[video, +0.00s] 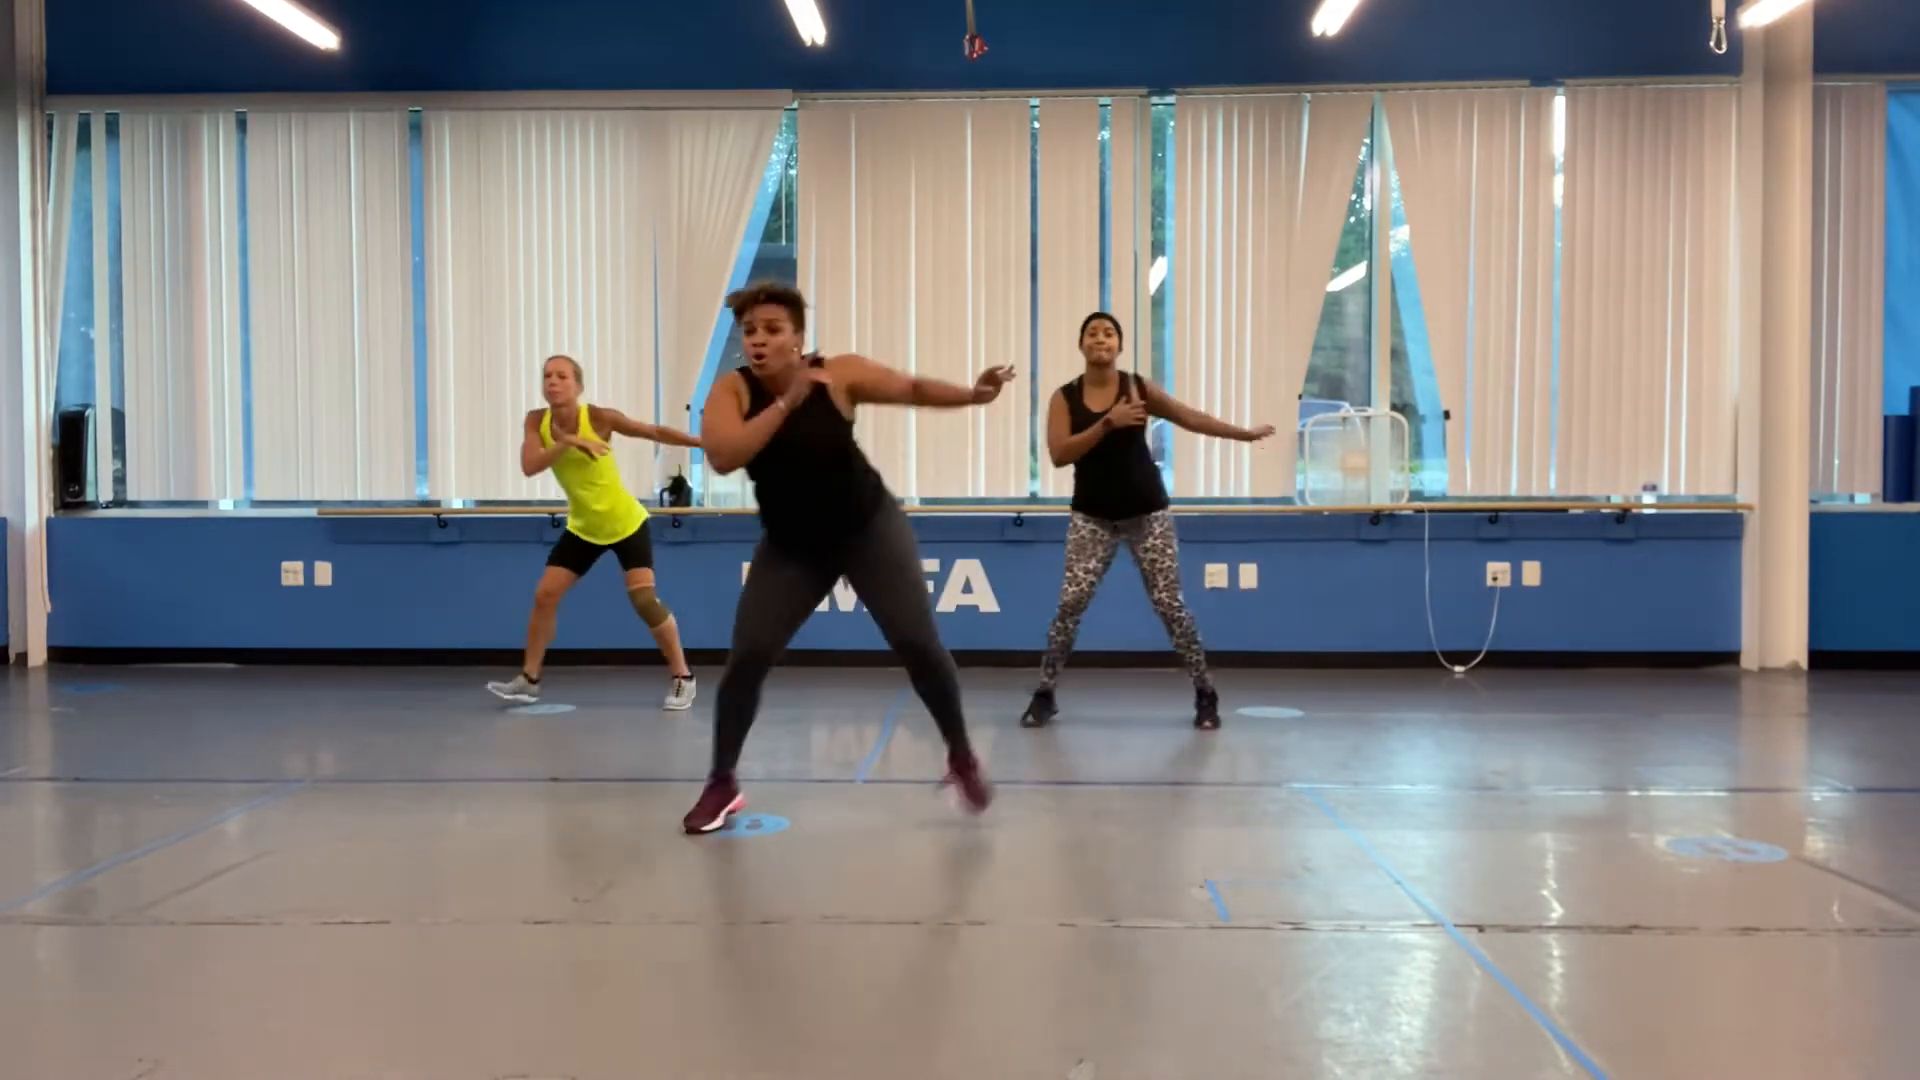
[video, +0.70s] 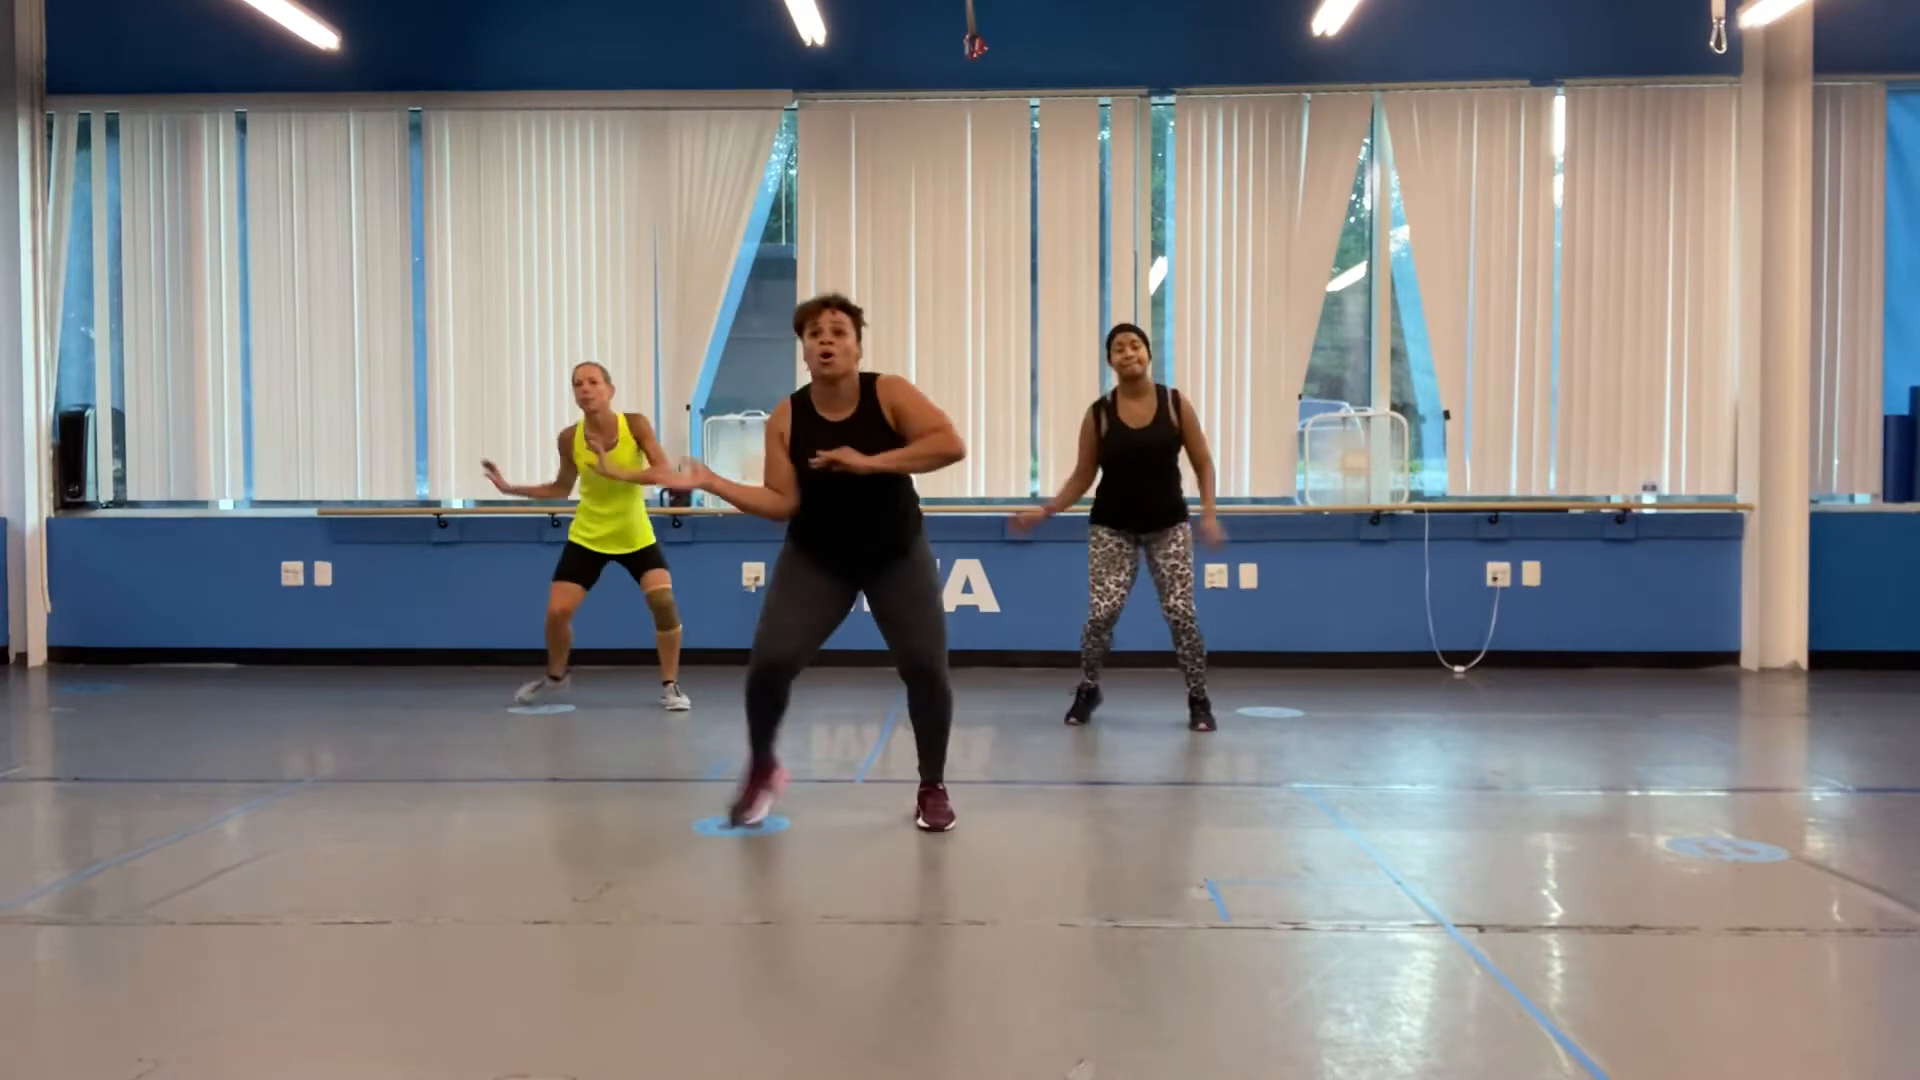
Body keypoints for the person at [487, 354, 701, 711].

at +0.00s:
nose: (552, 382)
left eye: (561, 377)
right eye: (547, 377)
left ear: (578, 387)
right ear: (542, 388)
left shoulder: (601, 417)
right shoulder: (537, 421)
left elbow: (653, 432)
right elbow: (529, 466)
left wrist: (701, 442)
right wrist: (568, 442)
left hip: (626, 522)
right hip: (582, 526)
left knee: (643, 599)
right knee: (546, 595)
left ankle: (683, 678)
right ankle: (529, 680)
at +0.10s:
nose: (540, 389)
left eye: (548, 384)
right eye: (534, 384)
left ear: (565, 393)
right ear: (528, 393)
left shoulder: (586, 425)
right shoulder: (522, 427)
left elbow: (636, 439)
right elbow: (511, 467)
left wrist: (679, 446)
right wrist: (547, 441)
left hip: (603, 527)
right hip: (561, 532)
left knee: (621, 603)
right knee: (524, 598)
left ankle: (677, 671)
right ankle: (516, 685)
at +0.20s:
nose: (532, 391)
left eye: (541, 386)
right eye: (527, 386)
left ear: (558, 394)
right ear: (521, 394)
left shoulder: (581, 430)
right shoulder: (514, 434)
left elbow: (615, 460)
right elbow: (503, 485)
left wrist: (654, 477)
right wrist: (536, 458)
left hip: (594, 532)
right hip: (550, 534)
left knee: (596, 605)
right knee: (512, 598)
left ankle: (628, 663)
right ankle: (516, 685)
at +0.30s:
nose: (539, 387)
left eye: (547, 381)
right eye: (533, 382)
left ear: (564, 390)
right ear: (527, 392)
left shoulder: (589, 433)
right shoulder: (518, 435)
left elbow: (605, 481)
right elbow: (502, 488)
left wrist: (631, 516)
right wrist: (527, 491)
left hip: (590, 530)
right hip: (543, 531)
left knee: (597, 603)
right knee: (507, 598)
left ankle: (612, 669)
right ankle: (514, 684)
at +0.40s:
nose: (555, 383)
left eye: (563, 377)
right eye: (549, 378)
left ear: (579, 385)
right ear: (543, 388)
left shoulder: (602, 429)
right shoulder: (531, 428)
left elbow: (612, 479)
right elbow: (507, 463)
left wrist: (603, 502)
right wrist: (504, 501)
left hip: (592, 526)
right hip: (544, 526)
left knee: (621, 589)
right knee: (509, 596)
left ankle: (641, 662)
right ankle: (513, 684)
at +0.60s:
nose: (582, 387)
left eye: (589, 380)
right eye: (575, 382)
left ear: (607, 387)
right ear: (570, 392)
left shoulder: (633, 421)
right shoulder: (566, 430)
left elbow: (647, 466)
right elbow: (540, 459)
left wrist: (596, 460)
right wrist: (494, 471)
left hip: (627, 530)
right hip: (580, 530)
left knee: (657, 595)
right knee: (542, 609)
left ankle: (670, 685)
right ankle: (509, 670)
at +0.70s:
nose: (585, 389)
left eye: (593, 382)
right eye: (578, 385)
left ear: (610, 389)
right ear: (574, 394)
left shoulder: (635, 424)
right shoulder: (570, 439)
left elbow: (664, 473)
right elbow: (560, 488)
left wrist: (616, 473)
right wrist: (508, 488)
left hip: (634, 533)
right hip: (588, 535)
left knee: (664, 600)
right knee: (557, 612)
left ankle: (671, 687)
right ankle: (555, 679)